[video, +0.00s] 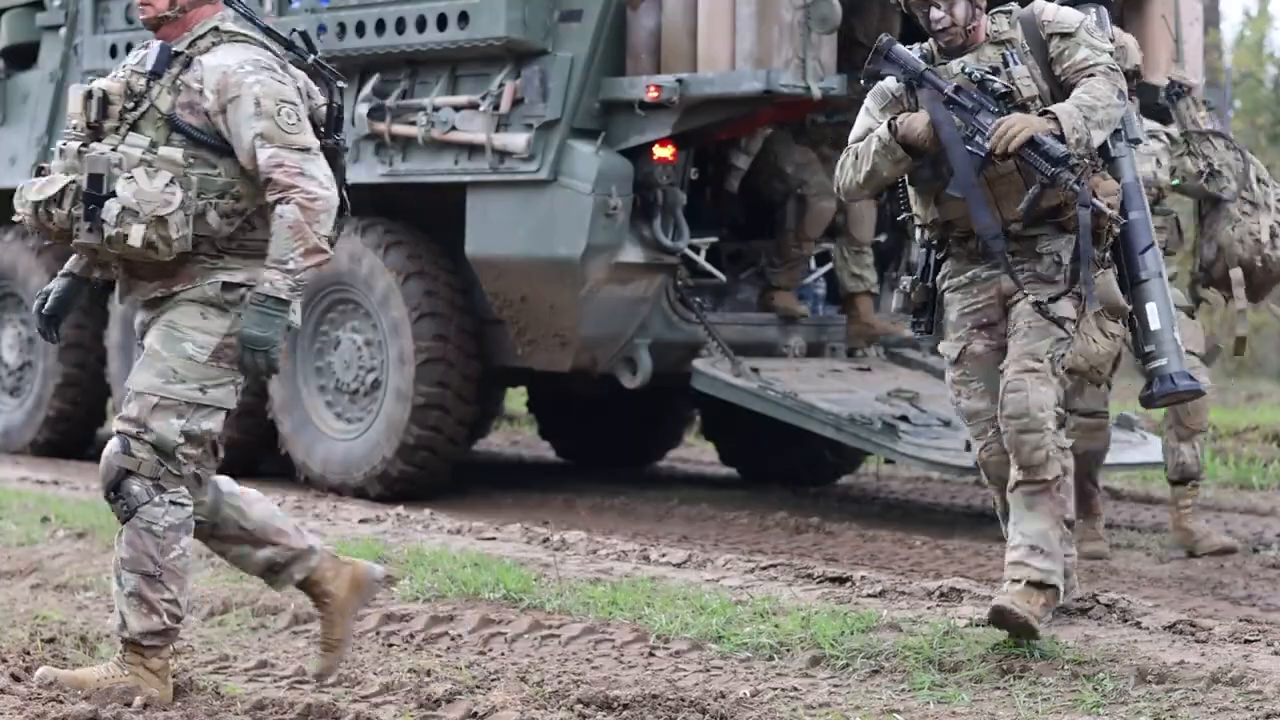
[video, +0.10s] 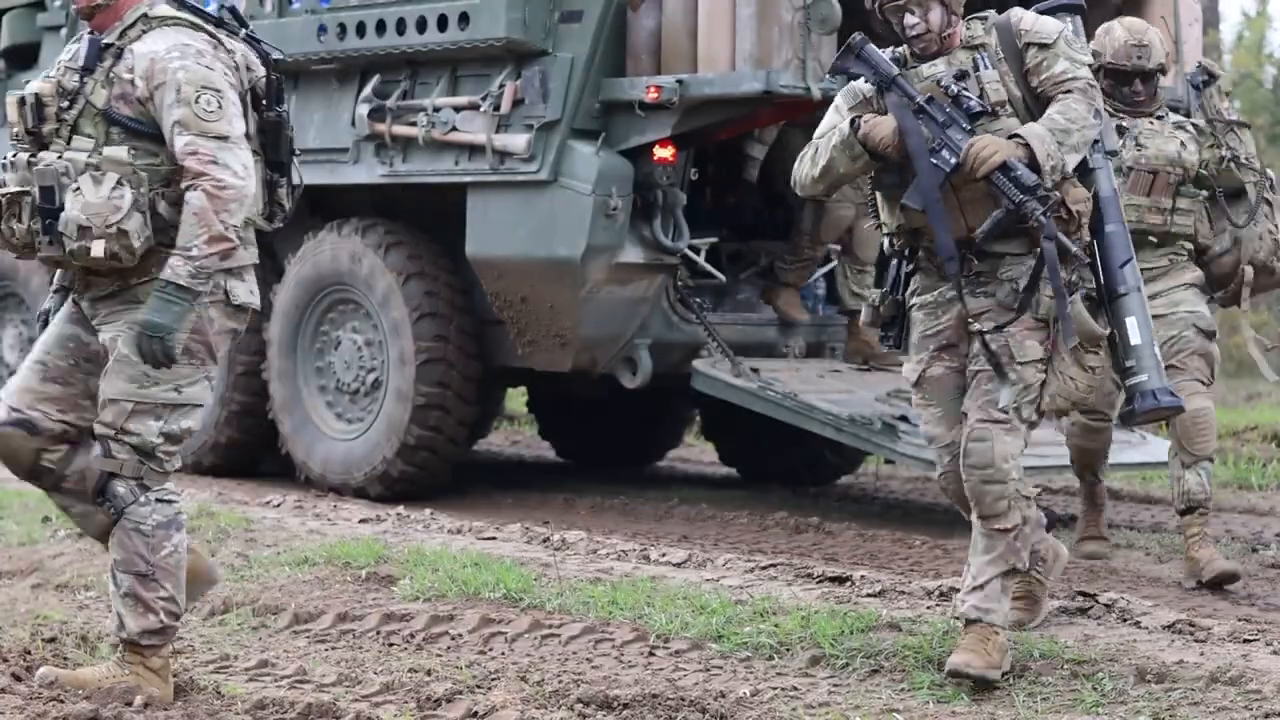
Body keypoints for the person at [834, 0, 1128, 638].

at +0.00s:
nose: (938, 13)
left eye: (946, 1)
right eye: (926, 8)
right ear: (916, 15)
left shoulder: (1038, 25)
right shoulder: (901, 81)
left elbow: (1109, 89)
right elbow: (850, 178)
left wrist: (1050, 121)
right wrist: (901, 136)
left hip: (1051, 253)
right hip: (965, 268)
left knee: (1027, 405)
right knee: (989, 441)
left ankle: (1026, 586)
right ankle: (1045, 569)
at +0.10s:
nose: (913, 22)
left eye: (922, 7)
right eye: (899, 14)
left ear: (952, 2)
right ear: (886, 22)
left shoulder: (1021, 37)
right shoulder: (876, 86)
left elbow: (1084, 102)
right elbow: (810, 180)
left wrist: (1023, 143)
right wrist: (862, 130)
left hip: (1019, 276)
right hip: (932, 285)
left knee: (989, 455)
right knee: (954, 468)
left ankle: (984, 621)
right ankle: (1036, 548)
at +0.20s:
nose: (877, 37)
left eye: (889, 20)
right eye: (865, 27)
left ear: (923, 18)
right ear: (856, 35)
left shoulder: (990, 60)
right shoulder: (846, 104)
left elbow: (1048, 142)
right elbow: (756, 186)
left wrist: (978, 177)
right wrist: (809, 150)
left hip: (989, 310)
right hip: (898, 320)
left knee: (968, 479)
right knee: (884, 473)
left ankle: (979, 642)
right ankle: (978, 540)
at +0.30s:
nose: (837, 48)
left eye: (849, 29)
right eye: (825, 37)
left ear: (884, 25)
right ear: (815, 44)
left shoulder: (960, 73)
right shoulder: (812, 114)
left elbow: (1004, 162)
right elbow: (702, 187)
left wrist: (924, 205)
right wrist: (753, 164)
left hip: (958, 324)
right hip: (864, 325)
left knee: (946, 514)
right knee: (818, 466)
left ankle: (976, 645)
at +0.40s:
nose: (786, 53)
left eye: (798, 34)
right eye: (775, 41)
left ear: (837, 27)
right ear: (767, 48)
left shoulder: (913, 75)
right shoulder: (769, 119)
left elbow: (956, 168)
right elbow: (660, 174)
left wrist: (865, 213)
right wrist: (692, 168)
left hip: (919, 319)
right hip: (823, 328)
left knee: (916, 529)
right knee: (779, 507)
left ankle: (970, 640)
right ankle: (765, 685)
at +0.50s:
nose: (728, 63)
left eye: (738, 46)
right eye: (718, 52)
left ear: (781, 39)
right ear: (715, 60)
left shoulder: (856, 87)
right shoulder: (719, 131)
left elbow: (903, 180)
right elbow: (600, 201)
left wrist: (805, 221)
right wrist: (635, 186)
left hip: (851, 334)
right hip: (760, 342)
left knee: (834, 534)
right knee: (744, 542)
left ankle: (930, 621)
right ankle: (769, 698)